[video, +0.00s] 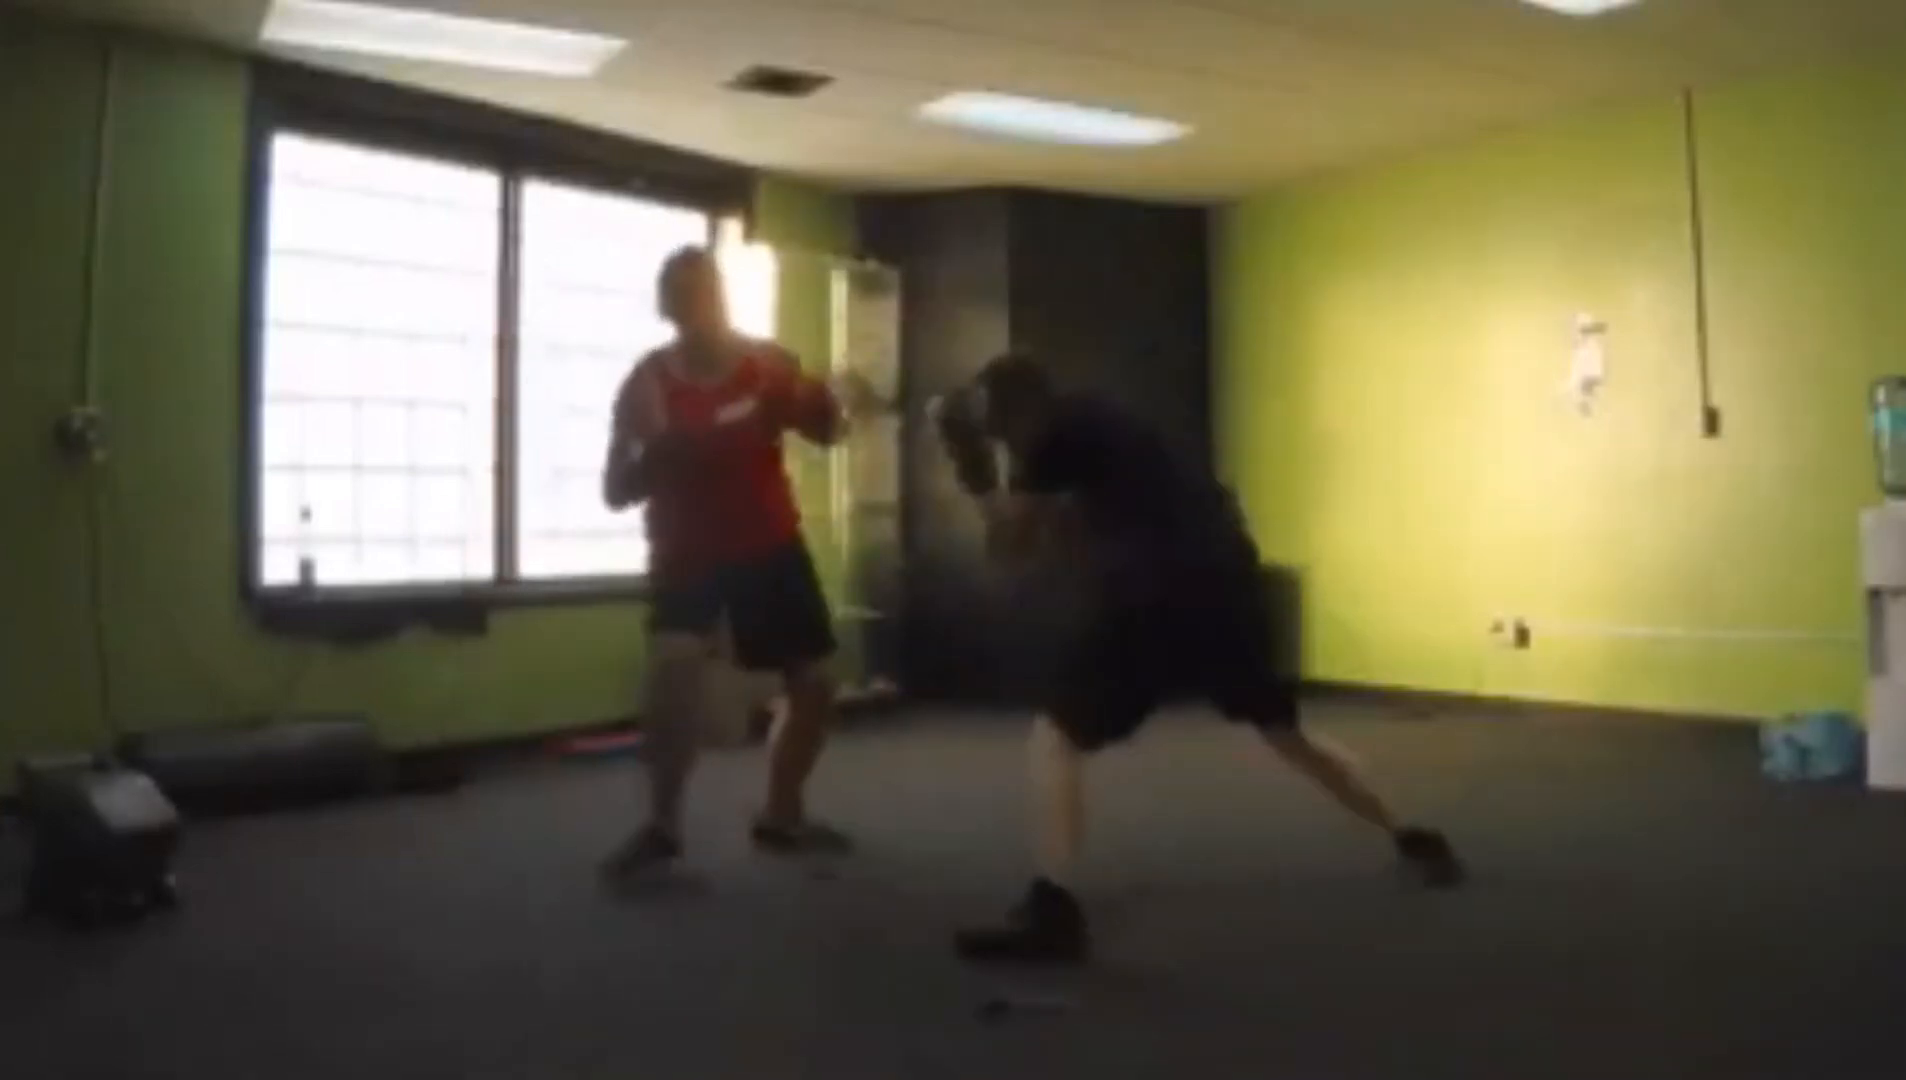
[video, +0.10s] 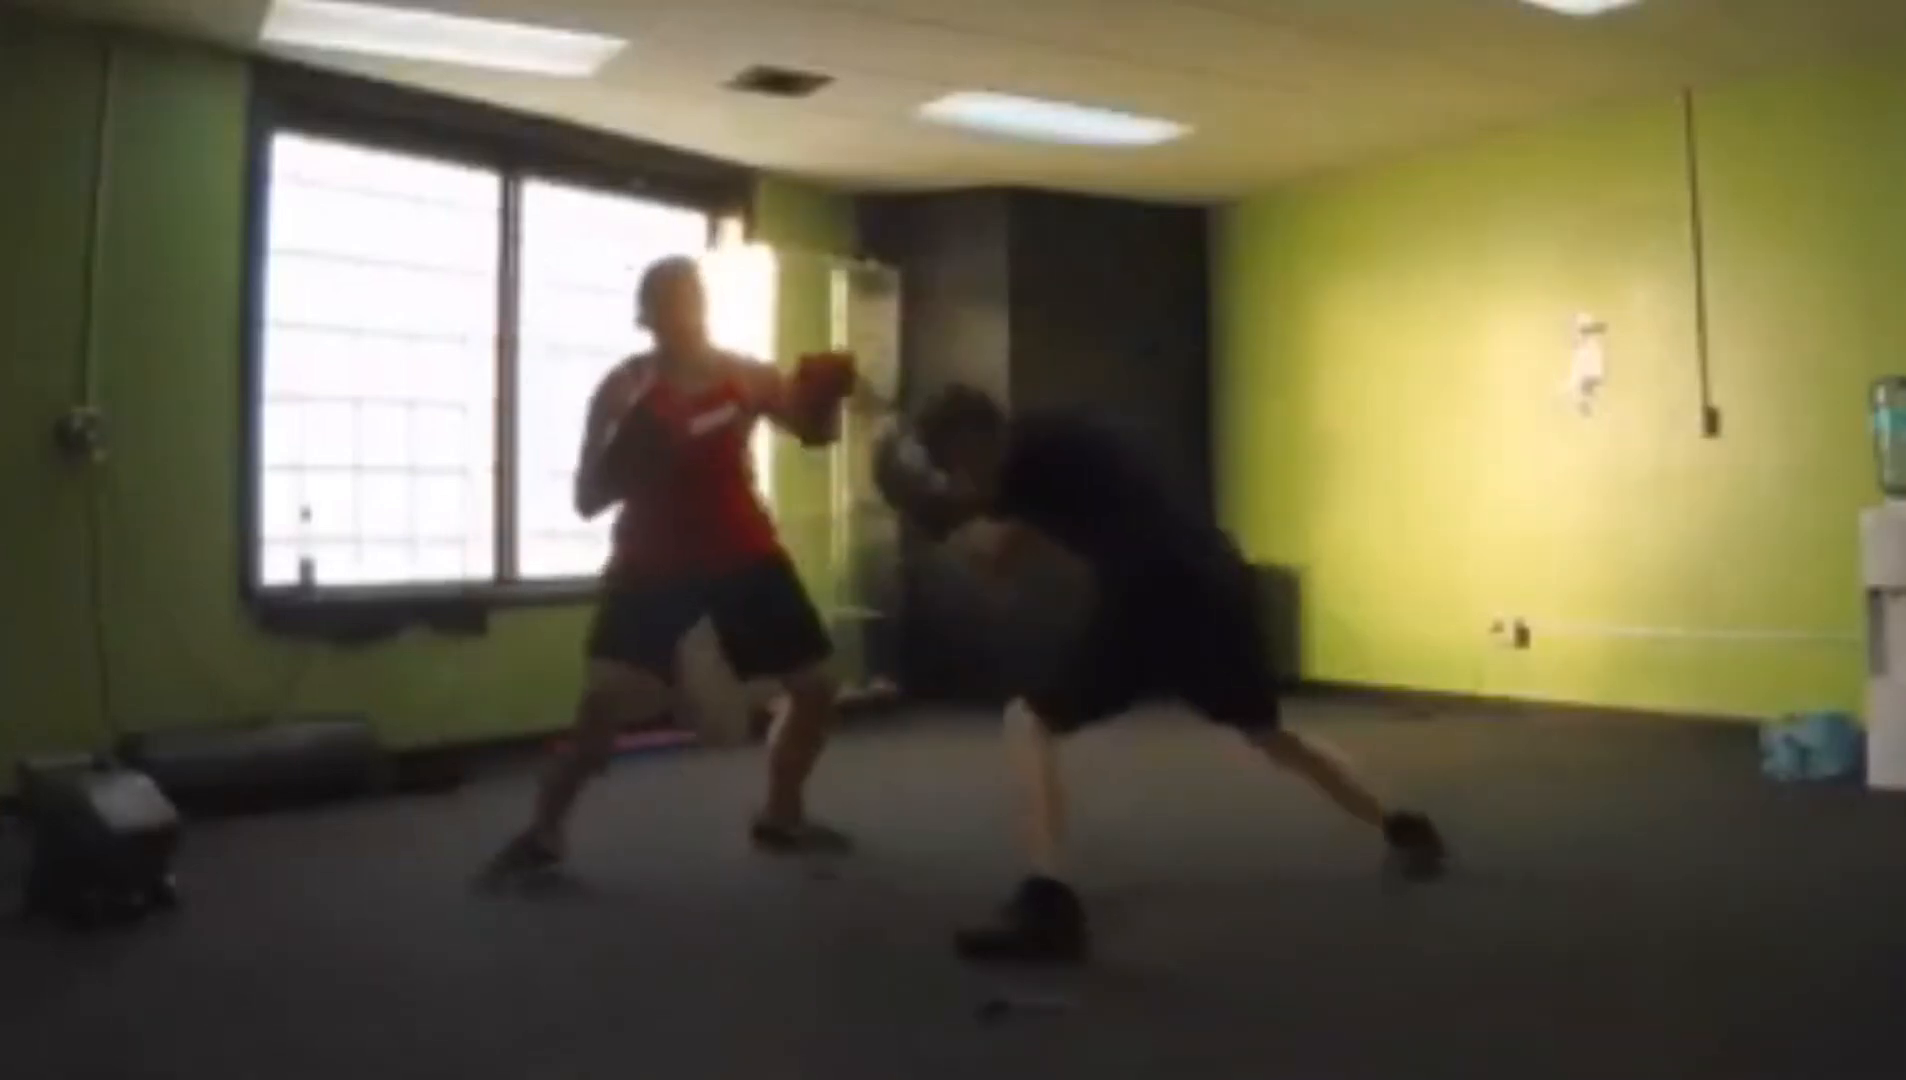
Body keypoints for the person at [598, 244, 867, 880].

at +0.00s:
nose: (700, 310)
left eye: (707, 293)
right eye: (687, 298)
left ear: (723, 295)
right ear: (667, 307)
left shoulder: (766, 366)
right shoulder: (651, 383)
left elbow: (826, 426)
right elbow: (618, 488)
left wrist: (806, 397)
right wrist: (660, 451)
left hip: (770, 554)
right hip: (686, 562)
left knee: (813, 688)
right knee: (671, 689)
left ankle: (783, 816)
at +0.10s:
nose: (685, 315)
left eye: (691, 300)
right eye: (670, 303)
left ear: (705, 303)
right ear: (647, 314)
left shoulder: (744, 377)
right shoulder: (626, 389)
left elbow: (814, 431)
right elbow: (589, 498)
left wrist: (824, 393)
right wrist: (634, 434)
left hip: (744, 557)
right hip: (651, 565)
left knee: (815, 688)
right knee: (603, 708)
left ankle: (782, 817)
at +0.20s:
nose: (652, 326)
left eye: (662, 310)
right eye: (638, 312)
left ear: (681, 313)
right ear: (621, 322)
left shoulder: (715, 380)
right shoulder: (595, 398)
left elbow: (801, 407)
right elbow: (549, 498)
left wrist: (868, 388)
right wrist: (581, 449)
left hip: (714, 563)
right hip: (620, 570)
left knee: (799, 689)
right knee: (561, 695)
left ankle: (791, 798)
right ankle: (532, 832)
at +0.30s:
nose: (647, 329)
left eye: (653, 314)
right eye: (631, 318)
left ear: (668, 315)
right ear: (608, 327)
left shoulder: (702, 380)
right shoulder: (589, 396)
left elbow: (786, 414)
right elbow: (533, 490)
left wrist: (852, 433)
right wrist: (562, 433)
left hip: (705, 561)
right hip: (615, 567)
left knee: (778, 680)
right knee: (559, 689)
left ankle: (824, 802)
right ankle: (528, 833)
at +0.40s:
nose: (647, 331)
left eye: (656, 315)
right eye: (632, 319)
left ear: (672, 317)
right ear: (611, 327)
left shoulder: (699, 385)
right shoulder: (596, 393)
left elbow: (777, 467)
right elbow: (545, 477)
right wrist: (570, 432)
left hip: (711, 566)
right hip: (621, 566)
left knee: (778, 690)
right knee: (559, 688)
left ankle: (833, 807)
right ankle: (528, 833)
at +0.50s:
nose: (676, 332)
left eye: (685, 317)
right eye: (663, 319)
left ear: (701, 325)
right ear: (643, 328)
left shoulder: (729, 402)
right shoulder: (616, 392)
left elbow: (786, 489)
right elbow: (576, 474)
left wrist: (731, 451)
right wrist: (638, 458)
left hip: (722, 568)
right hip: (629, 571)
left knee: (809, 684)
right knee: (565, 691)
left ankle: (845, 812)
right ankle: (528, 835)